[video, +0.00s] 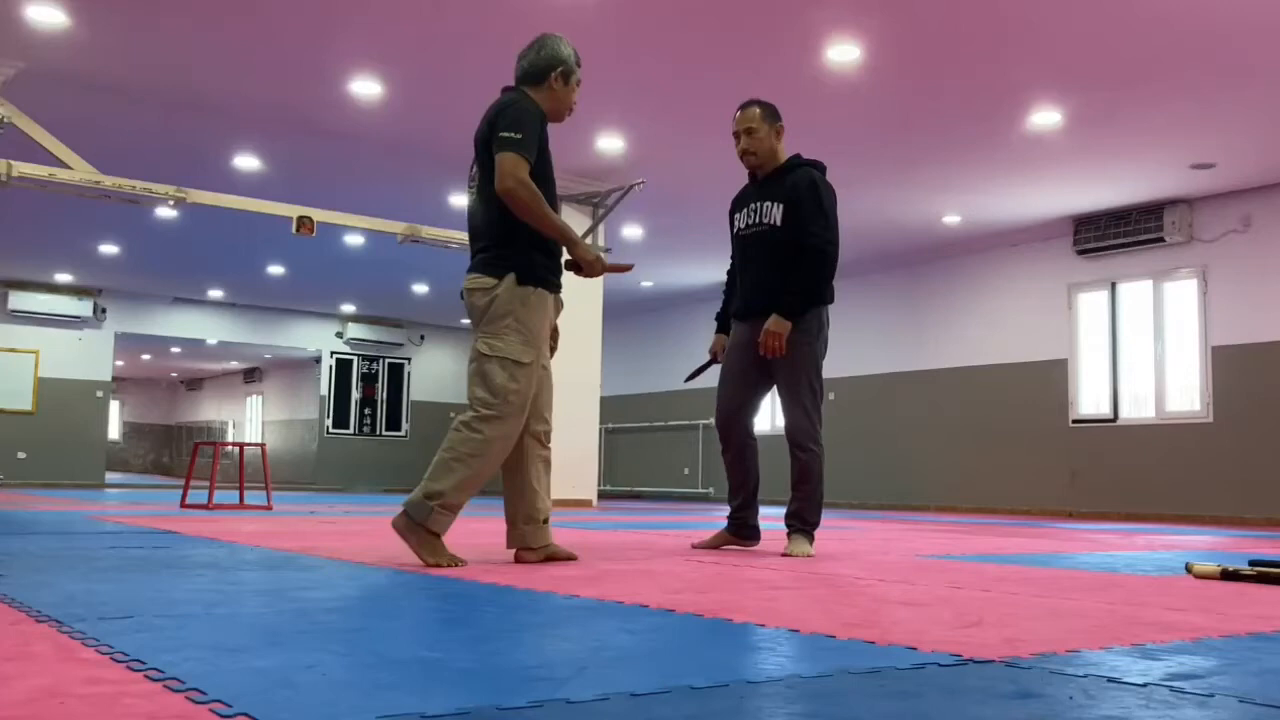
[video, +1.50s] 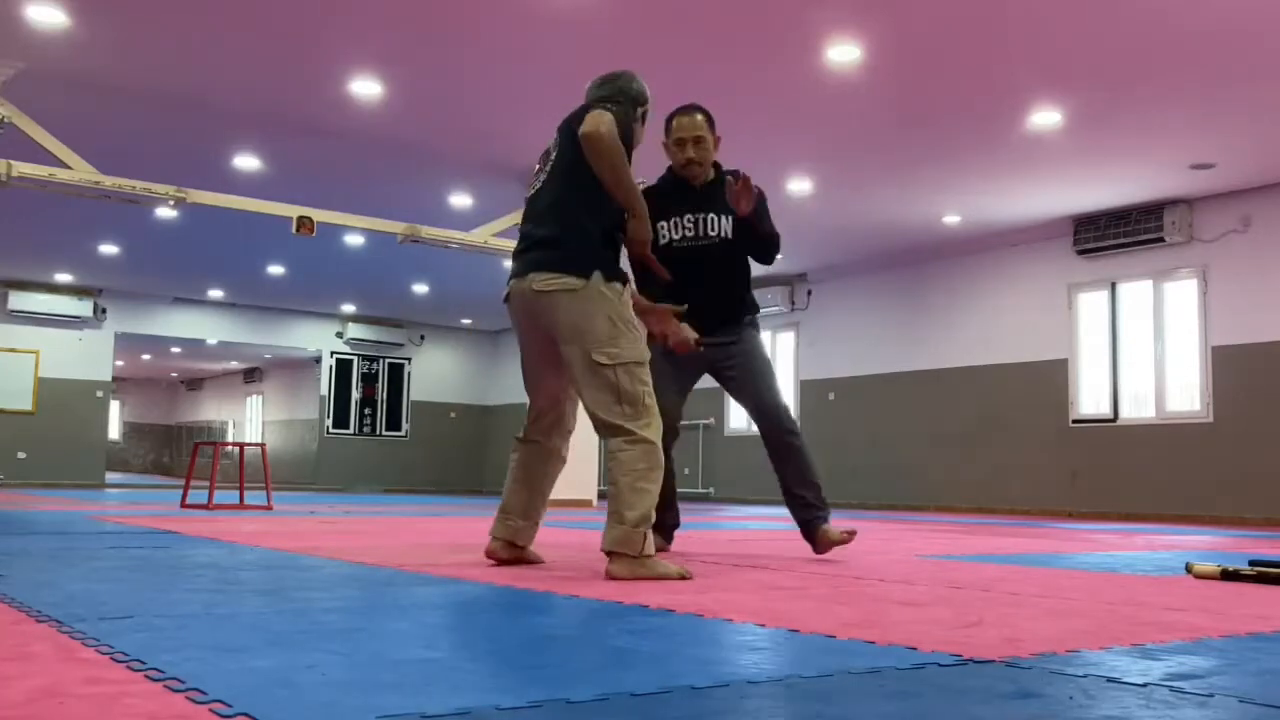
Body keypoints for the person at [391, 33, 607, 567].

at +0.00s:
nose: (577, 99)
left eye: (578, 88)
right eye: (576, 87)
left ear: (539, 77)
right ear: (556, 79)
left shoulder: (521, 119)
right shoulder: (518, 109)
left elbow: (516, 226)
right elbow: (511, 183)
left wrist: (544, 303)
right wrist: (575, 243)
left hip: (527, 291)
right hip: (510, 289)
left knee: (532, 421)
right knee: (497, 413)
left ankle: (531, 538)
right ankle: (423, 519)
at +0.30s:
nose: (608, 119)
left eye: (609, 110)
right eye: (610, 108)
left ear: (564, 89)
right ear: (598, 97)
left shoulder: (540, 130)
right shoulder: (562, 114)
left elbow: (549, 225)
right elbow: (529, 152)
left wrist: (603, 237)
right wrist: (596, 200)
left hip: (524, 298)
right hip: (559, 298)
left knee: (542, 422)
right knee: (599, 411)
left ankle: (537, 538)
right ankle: (635, 531)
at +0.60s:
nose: (622, 106)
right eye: (620, 98)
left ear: (564, 96)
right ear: (615, 97)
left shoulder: (524, 144)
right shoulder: (628, 130)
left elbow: (507, 230)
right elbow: (693, 194)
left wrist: (557, 210)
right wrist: (727, 244)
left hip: (548, 291)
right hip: (610, 287)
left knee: (554, 422)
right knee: (638, 413)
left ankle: (539, 539)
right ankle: (640, 529)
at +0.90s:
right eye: (649, 80)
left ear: (590, 81)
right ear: (647, 81)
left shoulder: (554, 124)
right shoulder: (667, 115)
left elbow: (528, 216)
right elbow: (711, 197)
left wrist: (581, 195)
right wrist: (729, 254)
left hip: (572, 278)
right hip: (643, 278)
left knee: (563, 416)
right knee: (651, 421)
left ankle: (540, 542)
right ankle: (639, 551)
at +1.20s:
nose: (649, 117)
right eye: (644, 113)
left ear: (585, 113)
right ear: (625, 104)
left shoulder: (560, 157)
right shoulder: (619, 104)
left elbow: (599, 249)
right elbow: (649, 131)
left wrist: (666, 302)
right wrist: (682, 227)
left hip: (548, 289)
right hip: (609, 284)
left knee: (548, 424)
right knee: (652, 425)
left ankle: (511, 539)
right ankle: (641, 551)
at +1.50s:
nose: (643, 129)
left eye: (644, 121)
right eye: (644, 118)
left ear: (596, 97)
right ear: (632, 107)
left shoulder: (559, 150)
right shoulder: (606, 112)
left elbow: (581, 252)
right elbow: (595, 130)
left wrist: (641, 308)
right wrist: (636, 209)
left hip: (527, 286)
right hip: (581, 284)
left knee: (548, 416)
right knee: (634, 423)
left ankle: (509, 538)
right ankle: (630, 551)